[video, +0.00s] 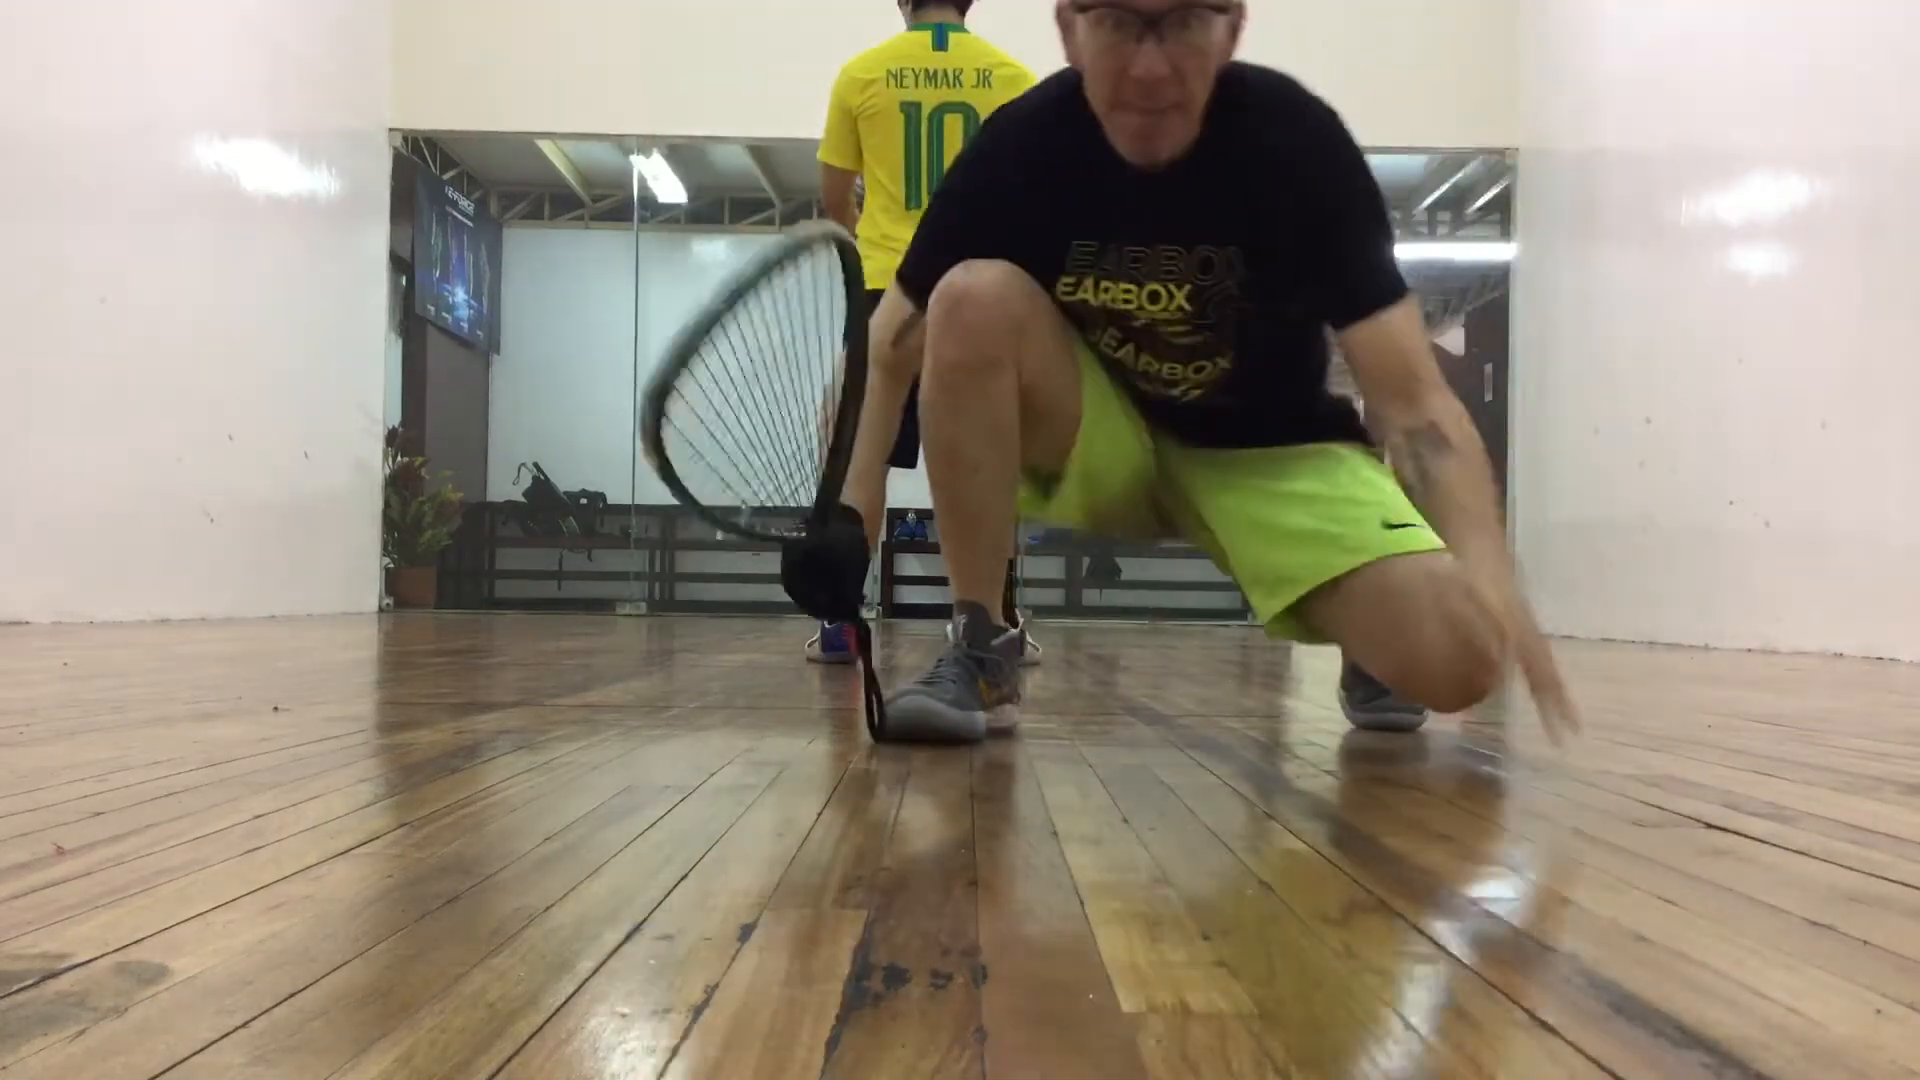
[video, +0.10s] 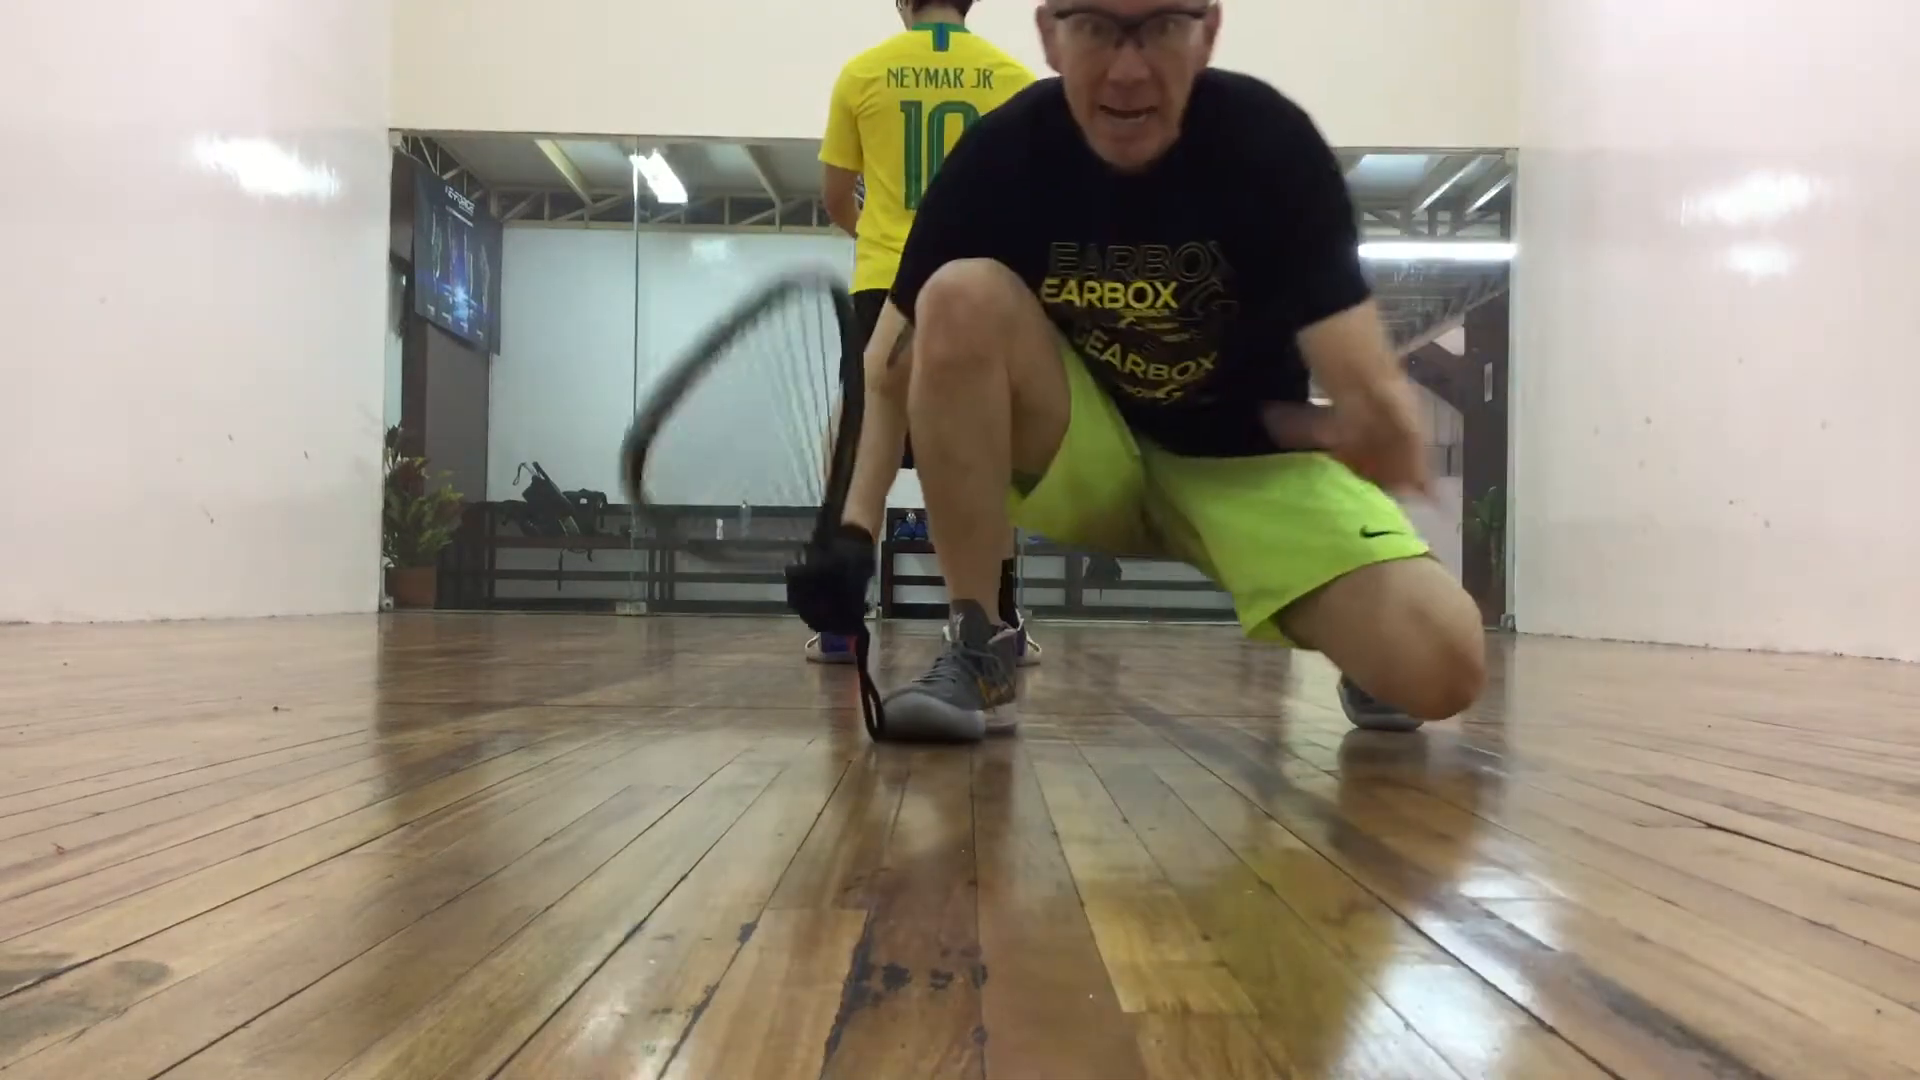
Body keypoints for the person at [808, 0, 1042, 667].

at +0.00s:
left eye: (902, 13)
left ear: (903, 8)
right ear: (969, 8)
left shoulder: (861, 74)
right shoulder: (1015, 77)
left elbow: (835, 196)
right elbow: (1041, 182)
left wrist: (868, 245)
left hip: (887, 293)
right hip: (983, 293)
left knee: (854, 447)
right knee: (987, 445)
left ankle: (839, 619)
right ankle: (1000, 619)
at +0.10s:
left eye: (899, 10)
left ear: (904, 7)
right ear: (969, 8)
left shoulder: (862, 74)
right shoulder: (1015, 77)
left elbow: (837, 198)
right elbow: (1038, 182)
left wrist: (876, 233)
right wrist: (1004, 237)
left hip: (882, 286)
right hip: (982, 289)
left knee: (857, 443)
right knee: (985, 443)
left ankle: (836, 621)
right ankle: (1000, 620)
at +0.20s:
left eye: (900, 10)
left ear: (904, 7)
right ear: (970, 9)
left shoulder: (863, 73)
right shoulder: (1014, 75)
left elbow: (837, 199)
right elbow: (1038, 182)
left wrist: (879, 231)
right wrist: (1005, 235)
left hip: (885, 285)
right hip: (984, 288)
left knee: (861, 437)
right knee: (987, 445)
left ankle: (844, 617)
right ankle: (1000, 619)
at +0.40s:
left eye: (899, 11)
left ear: (904, 8)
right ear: (971, 9)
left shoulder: (863, 73)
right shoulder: (1010, 61)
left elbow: (839, 197)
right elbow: (1034, 171)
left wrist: (878, 225)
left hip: (889, 281)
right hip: (990, 282)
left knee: (865, 433)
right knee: (991, 439)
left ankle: (844, 616)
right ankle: (1001, 622)